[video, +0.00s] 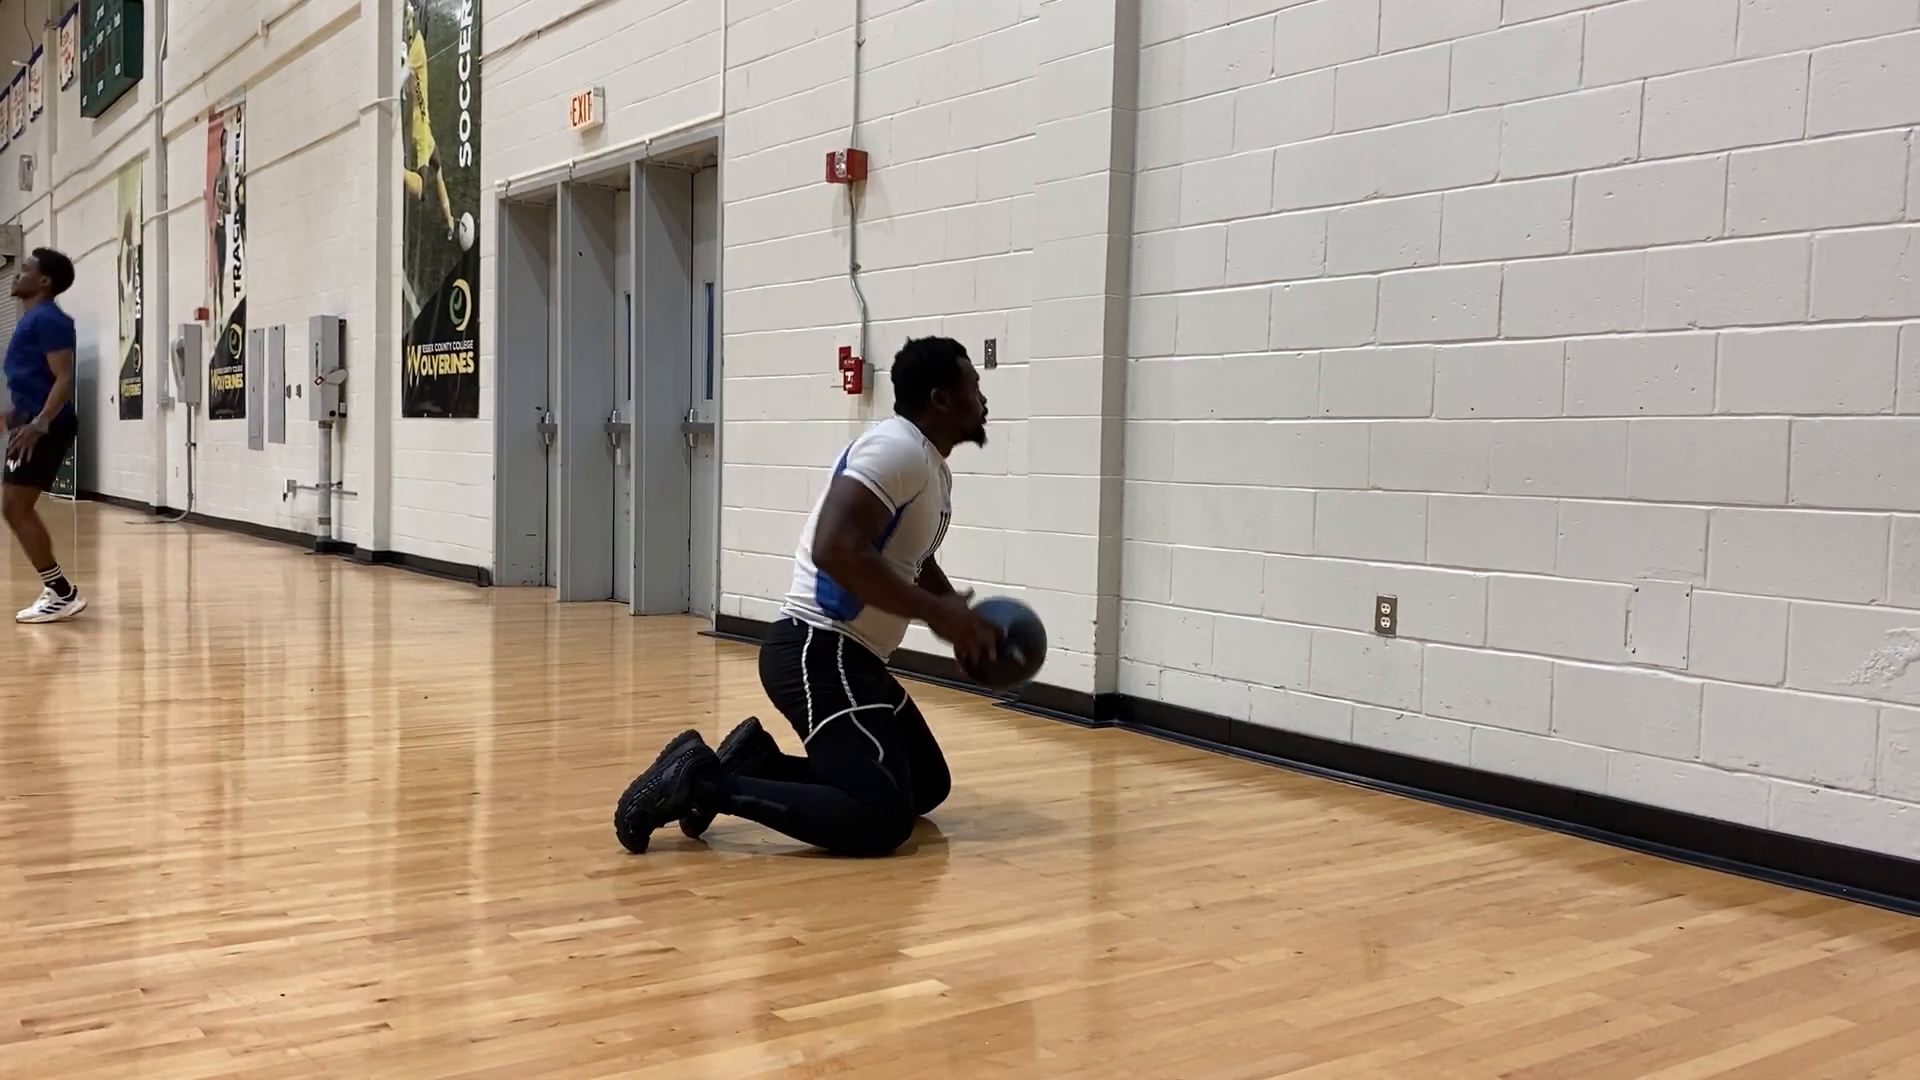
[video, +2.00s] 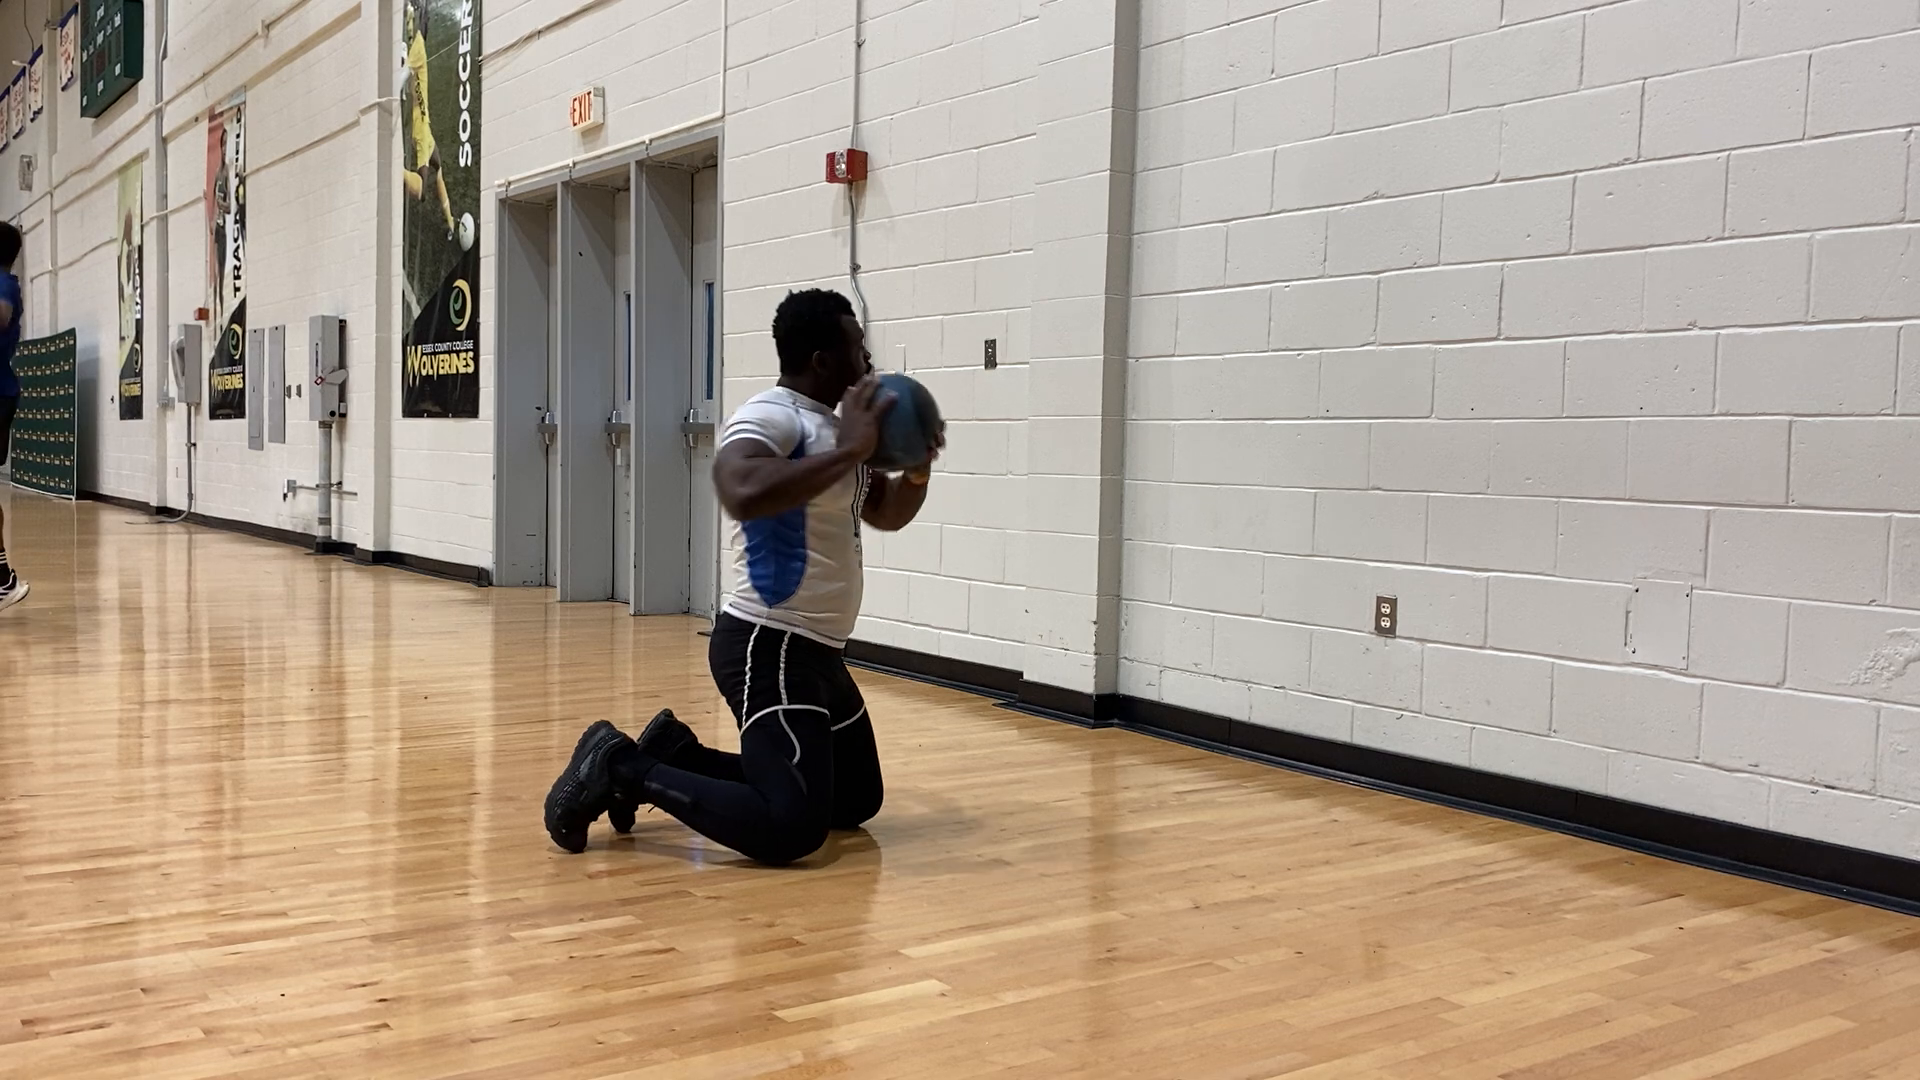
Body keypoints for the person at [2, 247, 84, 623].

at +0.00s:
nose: (17, 274)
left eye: (26, 269)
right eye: (21, 268)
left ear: (44, 281)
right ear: (41, 282)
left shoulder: (49, 319)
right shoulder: (32, 319)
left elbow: (65, 380)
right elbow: (37, 378)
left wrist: (39, 423)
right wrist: (15, 410)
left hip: (50, 424)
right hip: (35, 422)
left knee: (16, 505)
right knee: (15, 505)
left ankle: (60, 591)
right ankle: (58, 589)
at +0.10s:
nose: (12, 274)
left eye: (21, 270)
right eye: (16, 268)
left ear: (40, 283)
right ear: (35, 283)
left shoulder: (39, 321)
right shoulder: (26, 321)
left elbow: (55, 382)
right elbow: (31, 382)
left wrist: (21, 423)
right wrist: (11, 420)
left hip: (41, 430)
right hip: (26, 428)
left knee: (13, 508)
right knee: (10, 508)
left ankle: (60, 591)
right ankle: (58, 589)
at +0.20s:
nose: (13, 249)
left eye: (22, 245)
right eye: (16, 243)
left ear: (40, 258)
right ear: (34, 258)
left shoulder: (37, 291)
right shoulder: (24, 292)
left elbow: (45, 339)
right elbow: (37, 340)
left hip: (31, 400)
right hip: (20, 399)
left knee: (18, 485)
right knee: (17, 485)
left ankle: (48, 579)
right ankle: (47, 577)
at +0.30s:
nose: (6, 246)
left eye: (14, 241)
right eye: (9, 240)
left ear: (32, 252)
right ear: (29, 253)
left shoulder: (33, 278)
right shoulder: (17, 283)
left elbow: (35, 299)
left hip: (24, 390)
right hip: (16, 390)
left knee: (18, 483)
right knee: (16, 483)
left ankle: (41, 575)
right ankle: (41, 573)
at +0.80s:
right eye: (1, 257)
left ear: (4, 266)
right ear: (10, 267)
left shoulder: (9, 299)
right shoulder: (8, 299)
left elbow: (12, 349)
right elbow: (13, 349)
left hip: (8, 407)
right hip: (8, 407)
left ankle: (5, 579)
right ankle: (4, 577)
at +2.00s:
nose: (14, 253)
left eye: (7, 244)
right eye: (15, 245)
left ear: (1, 250)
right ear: (14, 251)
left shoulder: (8, 285)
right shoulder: (12, 286)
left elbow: (5, 320)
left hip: (4, 394)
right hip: (4, 393)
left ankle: (4, 576)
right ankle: (3, 575)